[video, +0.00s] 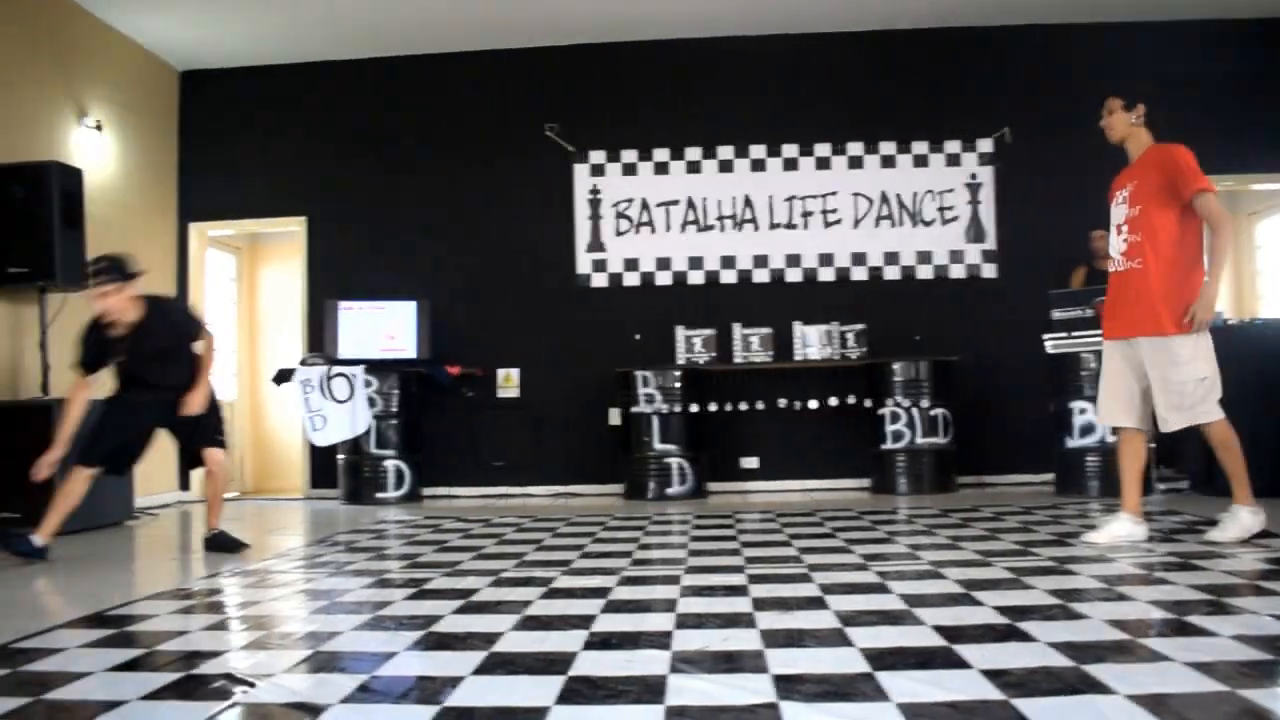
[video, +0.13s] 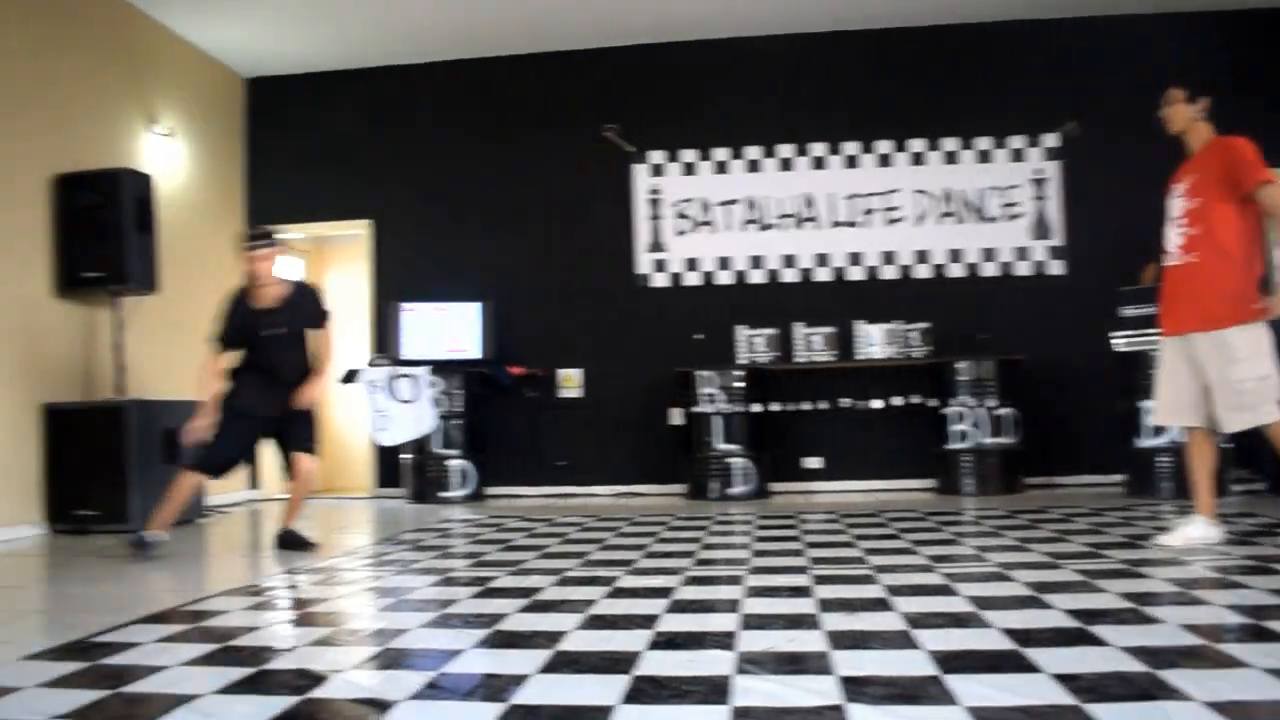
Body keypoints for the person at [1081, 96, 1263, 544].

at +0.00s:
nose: (1103, 121)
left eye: (1111, 111)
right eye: (1102, 115)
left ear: (1138, 113)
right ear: (1114, 125)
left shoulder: (1172, 157)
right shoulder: (1120, 182)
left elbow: (1220, 221)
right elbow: (1145, 247)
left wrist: (1210, 292)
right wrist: (1109, 251)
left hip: (1172, 316)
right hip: (1124, 320)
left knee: (1207, 413)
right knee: (1128, 421)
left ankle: (1246, 507)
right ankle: (1131, 518)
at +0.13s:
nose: (1163, 112)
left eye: (1172, 102)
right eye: (1163, 104)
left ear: (1201, 106)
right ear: (1181, 112)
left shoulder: (1234, 151)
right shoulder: (1183, 173)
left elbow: (1275, 206)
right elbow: (1196, 238)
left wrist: (1277, 286)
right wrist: (1163, 268)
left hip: (1232, 312)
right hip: (1182, 318)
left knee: (1266, 416)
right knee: (1195, 423)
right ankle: (1205, 519)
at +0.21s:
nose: (1198, 108)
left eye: (1207, 98)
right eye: (1197, 100)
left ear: (1236, 102)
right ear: (1206, 110)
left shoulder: (1265, 149)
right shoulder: (1216, 169)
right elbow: (1224, 236)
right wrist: (1200, 270)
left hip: (1261, 312)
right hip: (1217, 316)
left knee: (1272, 421)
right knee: (1229, 421)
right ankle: (1244, 520)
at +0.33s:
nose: (1261, 98)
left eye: (1269, 88)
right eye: (1260, 89)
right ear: (1261, 98)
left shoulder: (1271, 170)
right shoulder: (1268, 171)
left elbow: (1264, 247)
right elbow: (1266, 244)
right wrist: (1259, 287)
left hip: (1278, 314)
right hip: (1272, 314)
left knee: (1269, 413)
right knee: (1267, 413)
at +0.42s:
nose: (1272, 97)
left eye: (1275, 87)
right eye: (1271, 88)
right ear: (1268, 95)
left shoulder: (1273, 170)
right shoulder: (1272, 169)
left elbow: (1274, 237)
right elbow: (1274, 235)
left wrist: (1267, 296)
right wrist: (1266, 295)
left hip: (1279, 307)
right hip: (1278, 308)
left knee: (1279, 404)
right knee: (1277, 404)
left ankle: (1276, 476)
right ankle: (1275, 476)